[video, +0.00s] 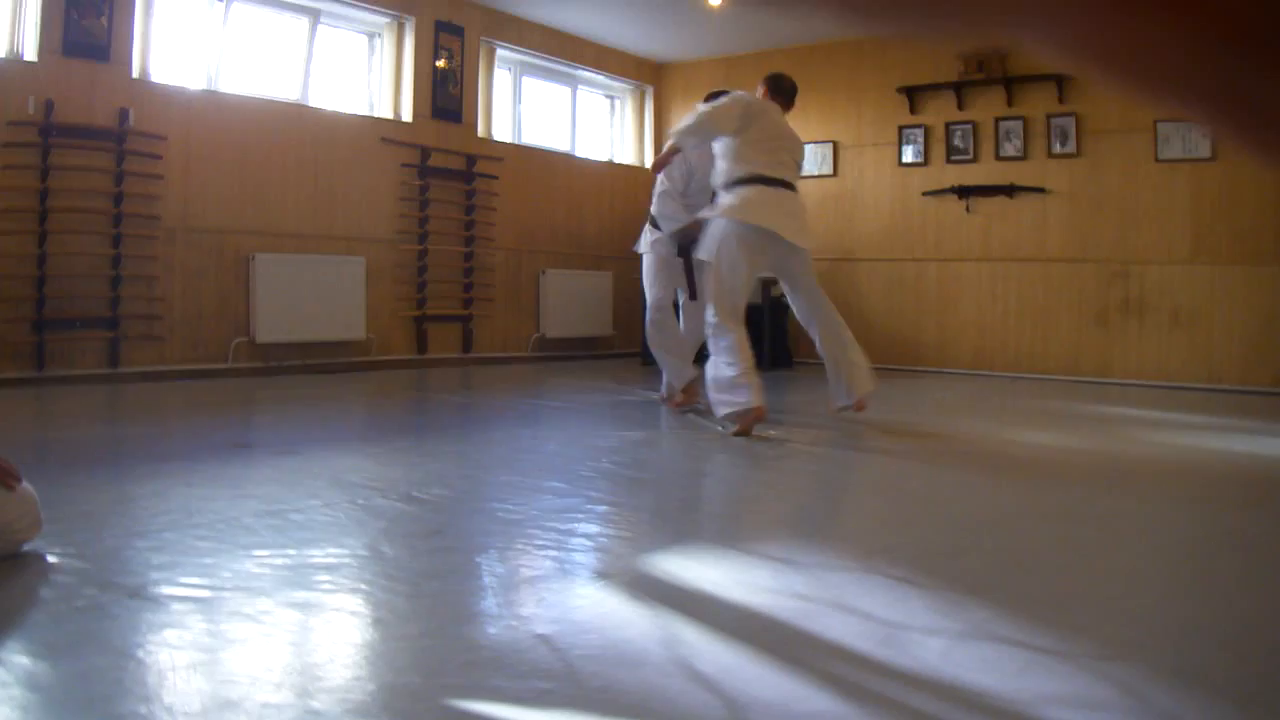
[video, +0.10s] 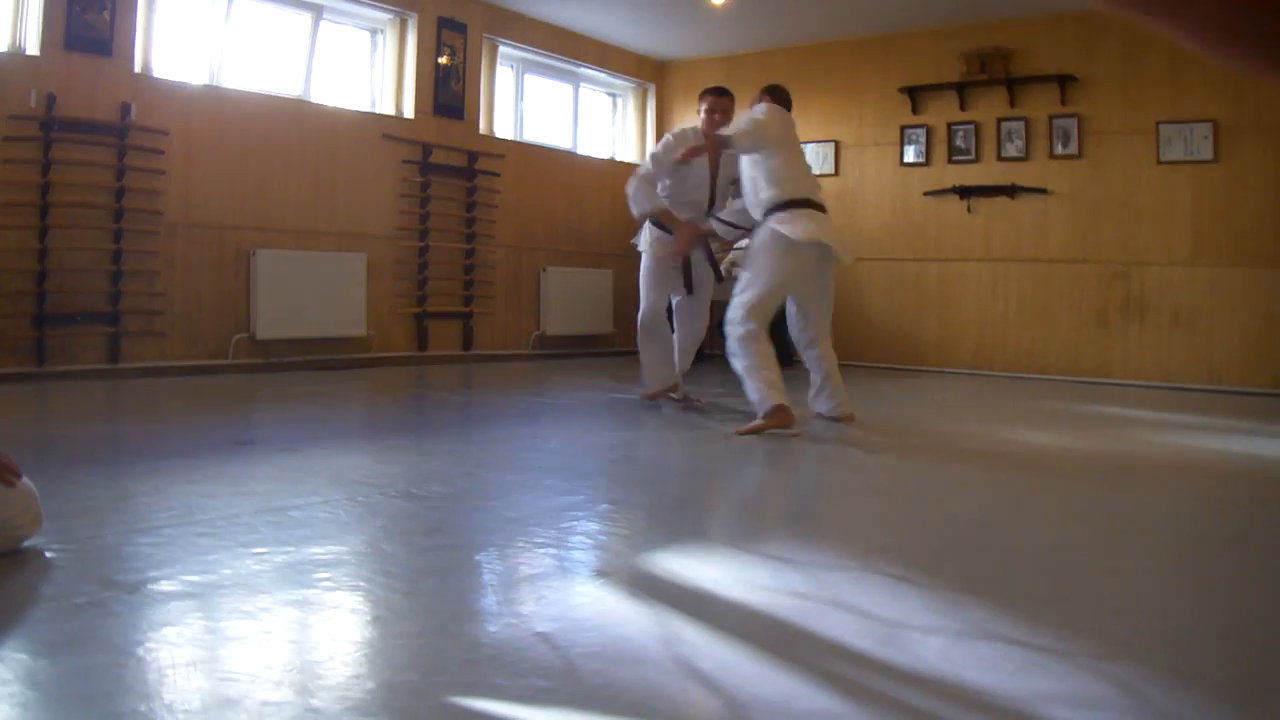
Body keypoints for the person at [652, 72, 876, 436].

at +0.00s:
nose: (755, 91)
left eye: (758, 88)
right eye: (760, 89)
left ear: (763, 90)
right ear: (790, 104)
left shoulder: (746, 103)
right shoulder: (793, 138)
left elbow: (702, 119)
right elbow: (779, 182)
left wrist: (670, 150)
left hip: (740, 213)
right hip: (786, 217)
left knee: (723, 316)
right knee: (813, 304)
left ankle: (741, 402)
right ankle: (854, 386)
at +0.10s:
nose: (751, 107)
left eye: (755, 102)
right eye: (754, 103)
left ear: (765, 101)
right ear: (786, 107)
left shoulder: (769, 115)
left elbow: (741, 136)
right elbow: (751, 208)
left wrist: (704, 145)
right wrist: (701, 230)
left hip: (784, 230)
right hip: (816, 233)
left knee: (742, 321)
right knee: (812, 331)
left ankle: (772, 405)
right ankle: (834, 406)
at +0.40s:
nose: (739, 89)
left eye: (744, 80)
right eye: (735, 84)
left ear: (767, 76)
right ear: (737, 89)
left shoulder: (799, 101)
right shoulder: (747, 135)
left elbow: (843, 136)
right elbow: (729, 173)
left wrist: (822, 160)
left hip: (833, 207)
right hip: (806, 221)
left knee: (802, 294)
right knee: (817, 305)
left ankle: (831, 392)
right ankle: (835, 400)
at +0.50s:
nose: (748, 82)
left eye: (755, 73)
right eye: (742, 76)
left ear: (775, 73)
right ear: (739, 83)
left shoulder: (805, 103)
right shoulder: (743, 131)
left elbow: (850, 138)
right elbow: (726, 175)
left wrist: (840, 169)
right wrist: (719, 161)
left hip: (838, 208)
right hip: (804, 223)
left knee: (813, 288)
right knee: (811, 304)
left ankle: (839, 391)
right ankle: (828, 395)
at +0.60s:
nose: (756, 82)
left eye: (762, 74)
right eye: (748, 77)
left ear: (781, 73)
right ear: (743, 83)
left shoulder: (812, 107)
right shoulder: (745, 130)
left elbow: (852, 146)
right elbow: (735, 176)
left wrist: (849, 189)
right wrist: (729, 185)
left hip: (839, 210)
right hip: (804, 223)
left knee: (820, 287)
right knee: (805, 307)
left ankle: (842, 392)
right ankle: (824, 394)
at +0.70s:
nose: (766, 99)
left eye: (772, 89)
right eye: (758, 92)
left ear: (791, 80)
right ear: (751, 92)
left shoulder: (826, 116)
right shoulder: (752, 132)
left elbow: (865, 171)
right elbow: (727, 187)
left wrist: (846, 222)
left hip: (843, 226)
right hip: (803, 235)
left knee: (829, 304)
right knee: (804, 325)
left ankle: (851, 407)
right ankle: (822, 404)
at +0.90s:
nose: (766, 176)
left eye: (769, 167)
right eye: (762, 168)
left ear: (793, 151)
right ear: (769, 152)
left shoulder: (842, 178)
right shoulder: (791, 162)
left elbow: (862, 260)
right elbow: (770, 205)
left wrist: (817, 326)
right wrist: (740, 249)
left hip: (869, 247)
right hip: (832, 246)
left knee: (857, 331)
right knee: (831, 312)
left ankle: (870, 430)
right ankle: (828, 368)